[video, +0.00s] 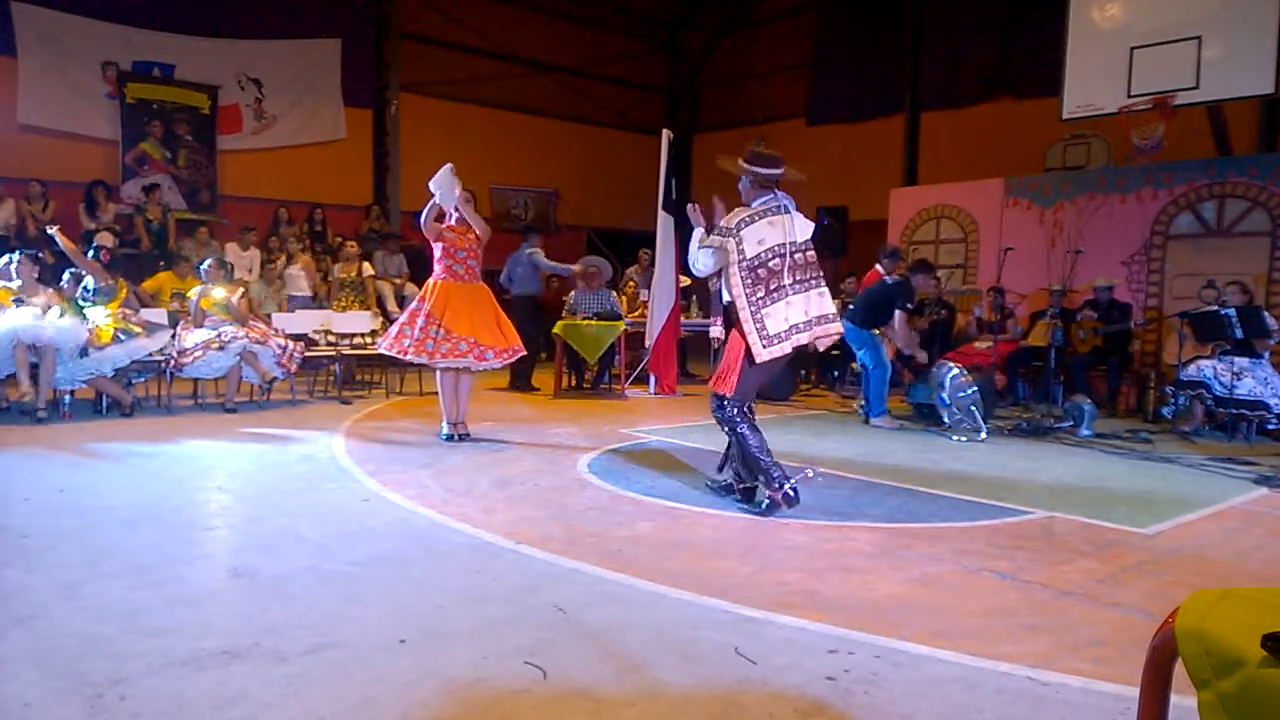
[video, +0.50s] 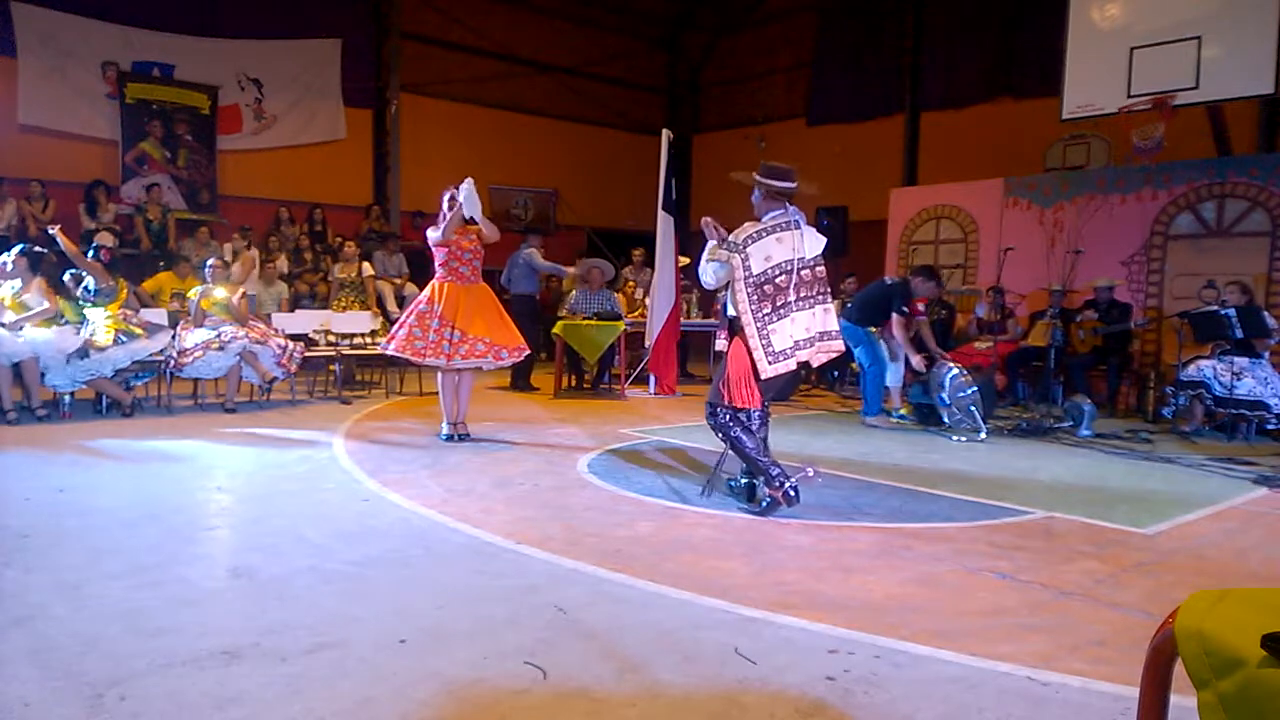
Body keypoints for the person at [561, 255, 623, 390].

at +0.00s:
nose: (592, 277)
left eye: (595, 274)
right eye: (590, 274)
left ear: (601, 277)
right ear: (584, 277)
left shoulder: (610, 294)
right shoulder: (575, 294)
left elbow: (619, 314)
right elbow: (565, 314)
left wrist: (599, 316)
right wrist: (578, 318)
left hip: (602, 332)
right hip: (580, 331)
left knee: (609, 348)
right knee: (570, 346)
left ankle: (597, 380)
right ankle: (579, 378)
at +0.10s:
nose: (593, 280)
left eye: (596, 277)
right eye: (590, 277)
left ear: (602, 279)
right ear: (585, 279)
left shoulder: (610, 295)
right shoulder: (575, 294)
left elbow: (619, 315)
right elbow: (565, 314)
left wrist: (600, 316)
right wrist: (577, 317)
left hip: (602, 333)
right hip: (579, 332)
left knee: (609, 348)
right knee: (570, 346)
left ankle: (597, 381)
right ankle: (578, 378)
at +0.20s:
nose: (592, 278)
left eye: (596, 274)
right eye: (590, 274)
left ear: (602, 278)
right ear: (585, 277)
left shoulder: (610, 295)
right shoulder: (575, 294)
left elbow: (619, 315)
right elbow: (565, 314)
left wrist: (600, 317)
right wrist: (575, 317)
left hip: (601, 333)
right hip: (580, 332)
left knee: (609, 350)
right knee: (570, 347)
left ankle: (597, 381)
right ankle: (579, 378)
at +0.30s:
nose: (592, 279)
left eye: (595, 276)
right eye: (589, 275)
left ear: (602, 279)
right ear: (585, 277)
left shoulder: (610, 295)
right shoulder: (575, 294)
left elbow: (619, 315)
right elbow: (565, 314)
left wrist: (600, 317)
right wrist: (576, 317)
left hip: (601, 332)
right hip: (580, 331)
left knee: (609, 349)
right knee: (570, 346)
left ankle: (597, 381)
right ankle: (579, 378)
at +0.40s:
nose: (595, 278)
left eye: (598, 275)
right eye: (592, 275)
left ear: (603, 278)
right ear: (585, 278)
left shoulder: (610, 295)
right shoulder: (576, 294)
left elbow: (618, 314)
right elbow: (564, 313)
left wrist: (601, 317)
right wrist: (575, 317)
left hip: (602, 332)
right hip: (580, 331)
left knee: (609, 349)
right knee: (570, 346)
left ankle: (597, 381)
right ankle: (579, 377)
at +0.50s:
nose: (594, 278)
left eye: (597, 275)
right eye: (592, 274)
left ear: (603, 278)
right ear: (587, 277)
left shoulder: (610, 295)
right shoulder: (576, 294)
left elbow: (618, 314)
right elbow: (564, 312)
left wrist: (601, 317)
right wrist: (575, 317)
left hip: (601, 332)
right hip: (580, 331)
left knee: (609, 349)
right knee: (570, 347)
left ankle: (597, 381)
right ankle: (579, 377)